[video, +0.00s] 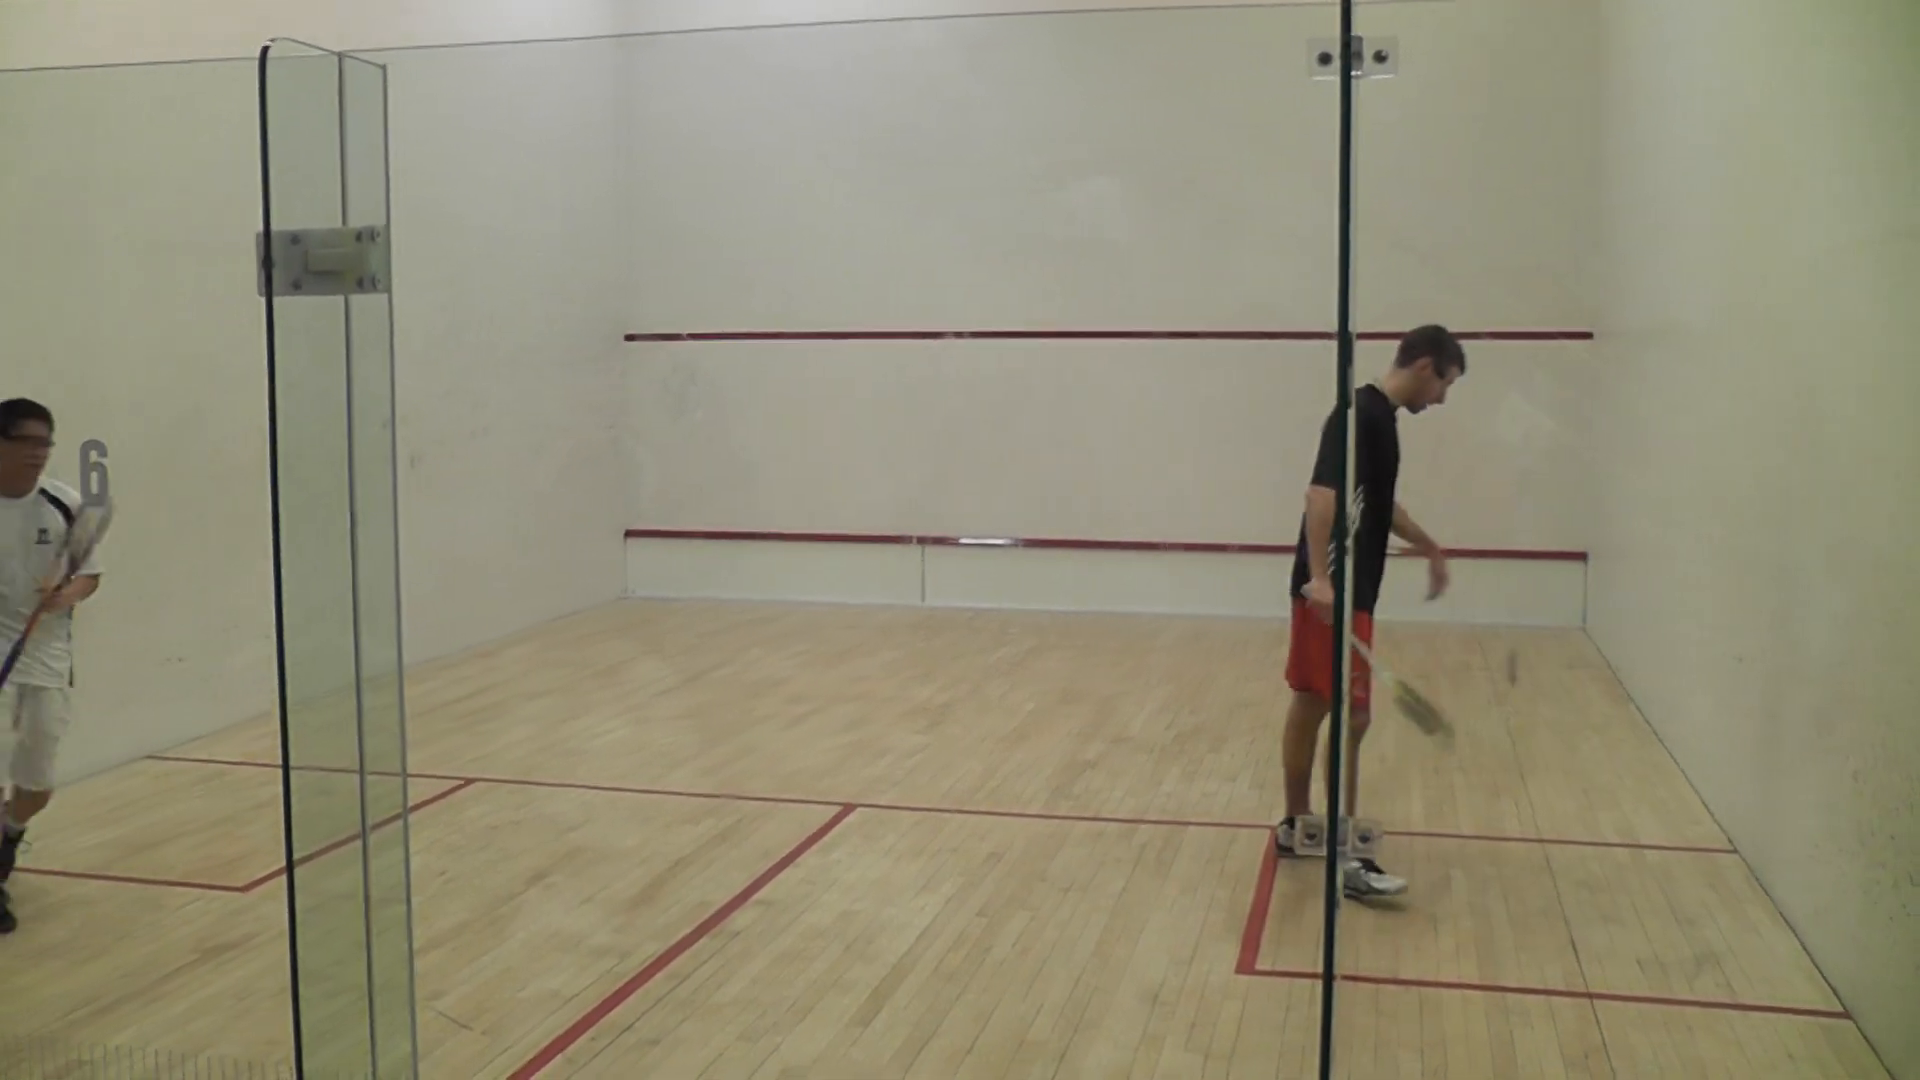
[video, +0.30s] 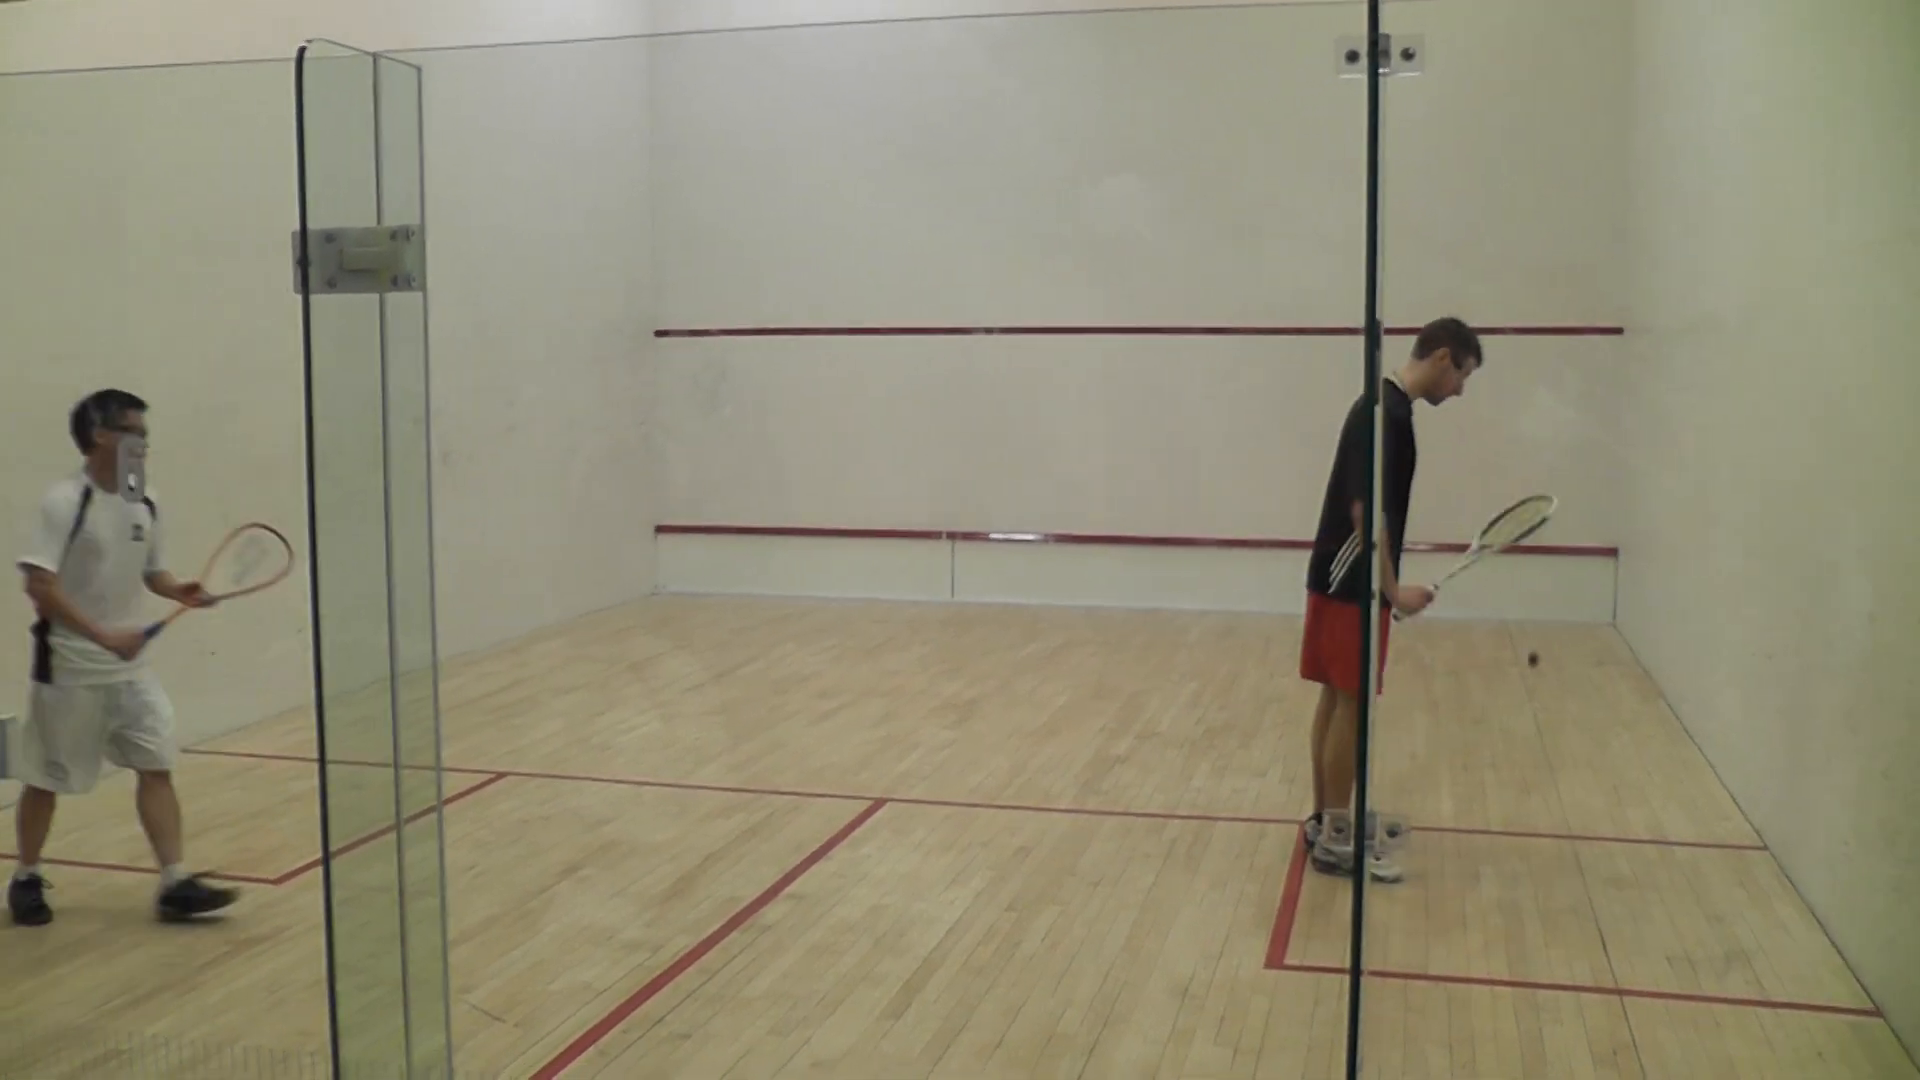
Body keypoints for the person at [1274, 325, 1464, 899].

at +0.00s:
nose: (1441, 398)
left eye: (1447, 388)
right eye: (1443, 384)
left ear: (1420, 367)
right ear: (1421, 366)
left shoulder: (1377, 417)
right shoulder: (1361, 413)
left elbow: (1377, 501)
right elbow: (1321, 497)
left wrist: (1428, 546)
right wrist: (1319, 575)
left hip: (1336, 589)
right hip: (1341, 594)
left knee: (1310, 703)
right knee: (1353, 715)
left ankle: (1298, 824)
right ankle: (1343, 852)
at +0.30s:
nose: (1459, 390)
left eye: (1465, 380)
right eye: (1461, 376)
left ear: (1435, 357)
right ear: (1439, 358)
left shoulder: (1380, 407)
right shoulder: (1386, 414)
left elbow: (1366, 509)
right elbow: (1367, 511)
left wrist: (1389, 584)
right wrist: (1392, 588)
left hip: (1344, 584)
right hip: (1352, 589)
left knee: (1336, 700)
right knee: (1352, 708)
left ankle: (1329, 818)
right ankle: (1338, 834)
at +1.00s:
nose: (1494, 370)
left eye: (1498, 358)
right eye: (1495, 356)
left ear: (1459, 340)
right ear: (1473, 342)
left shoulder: (1411, 393)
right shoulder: (1435, 404)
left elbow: (1408, 497)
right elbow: (1429, 505)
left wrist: (1430, 575)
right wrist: (1442, 583)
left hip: (1394, 569)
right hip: (1419, 577)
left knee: (1394, 685)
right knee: (1433, 690)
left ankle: (1370, 807)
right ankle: (1413, 819)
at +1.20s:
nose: (1551, 372)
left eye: (1556, 361)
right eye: (1552, 358)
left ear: (1518, 342)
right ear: (1531, 345)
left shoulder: (1469, 392)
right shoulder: (1486, 404)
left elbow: (1468, 493)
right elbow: (1480, 504)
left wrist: (1500, 545)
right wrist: (1491, 594)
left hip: (1458, 571)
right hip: (1467, 579)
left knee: (1474, 686)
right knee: (1483, 691)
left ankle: (1432, 792)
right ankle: (1457, 821)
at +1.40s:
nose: (1583, 371)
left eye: (1587, 360)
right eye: (1582, 358)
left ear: (1554, 346)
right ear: (1556, 346)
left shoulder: (1519, 401)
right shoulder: (1507, 404)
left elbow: (1521, 495)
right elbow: (1494, 506)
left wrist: (1578, 506)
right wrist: (1526, 584)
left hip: (1505, 583)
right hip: (1497, 586)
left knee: (1502, 694)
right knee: (1505, 699)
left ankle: (1477, 808)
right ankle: (1486, 832)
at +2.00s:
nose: (1559, 352)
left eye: (1570, 342)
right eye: (1552, 341)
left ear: (1593, 347)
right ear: (1543, 344)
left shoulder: (1596, 410)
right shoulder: (1531, 414)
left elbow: (1596, 487)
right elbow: (1522, 503)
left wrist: (1614, 536)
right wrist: (1588, 553)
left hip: (1568, 576)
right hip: (1539, 579)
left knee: (1541, 696)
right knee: (1559, 700)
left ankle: (1524, 817)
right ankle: (1545, 831)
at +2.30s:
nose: (1628, 357)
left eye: (1630, 346)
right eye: (1616, 346)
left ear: (1624, 350)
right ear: (1585, 349)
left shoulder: (1587, 413)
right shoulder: (1573, 421)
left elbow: (1591, 506)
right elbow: (1579, 520)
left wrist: (1625, 552)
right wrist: (1656, 552)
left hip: (1556, 585)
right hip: (1567, 589)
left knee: (1551, 697)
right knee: (1586, 704)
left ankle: (1539, 820)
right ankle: (1569, 842)